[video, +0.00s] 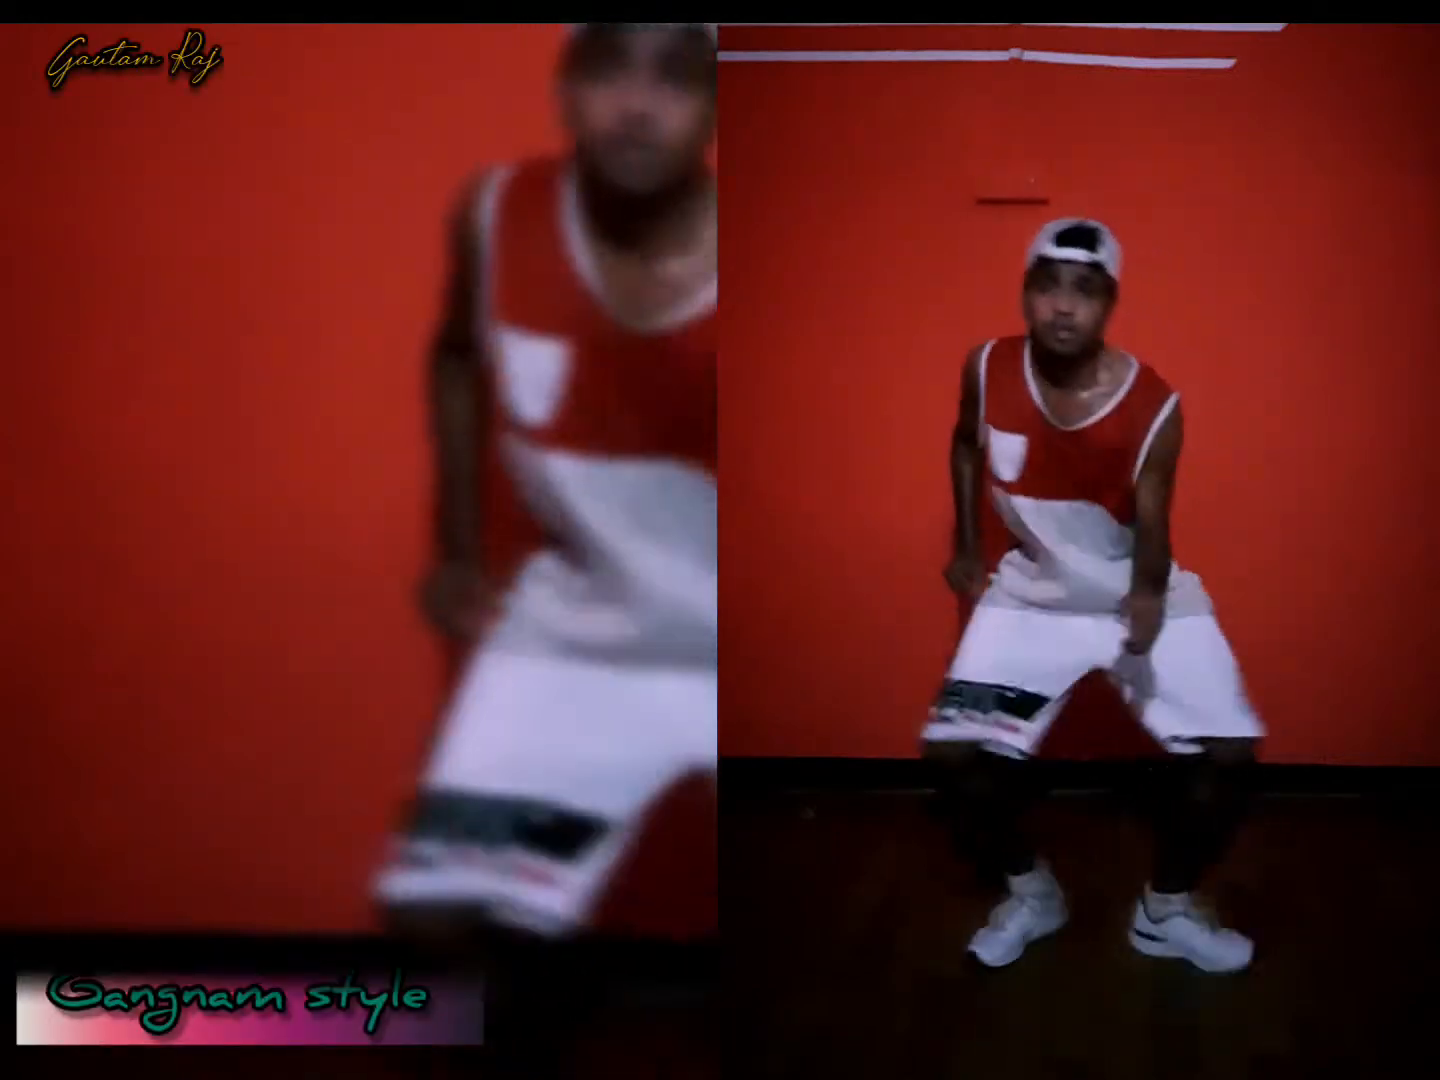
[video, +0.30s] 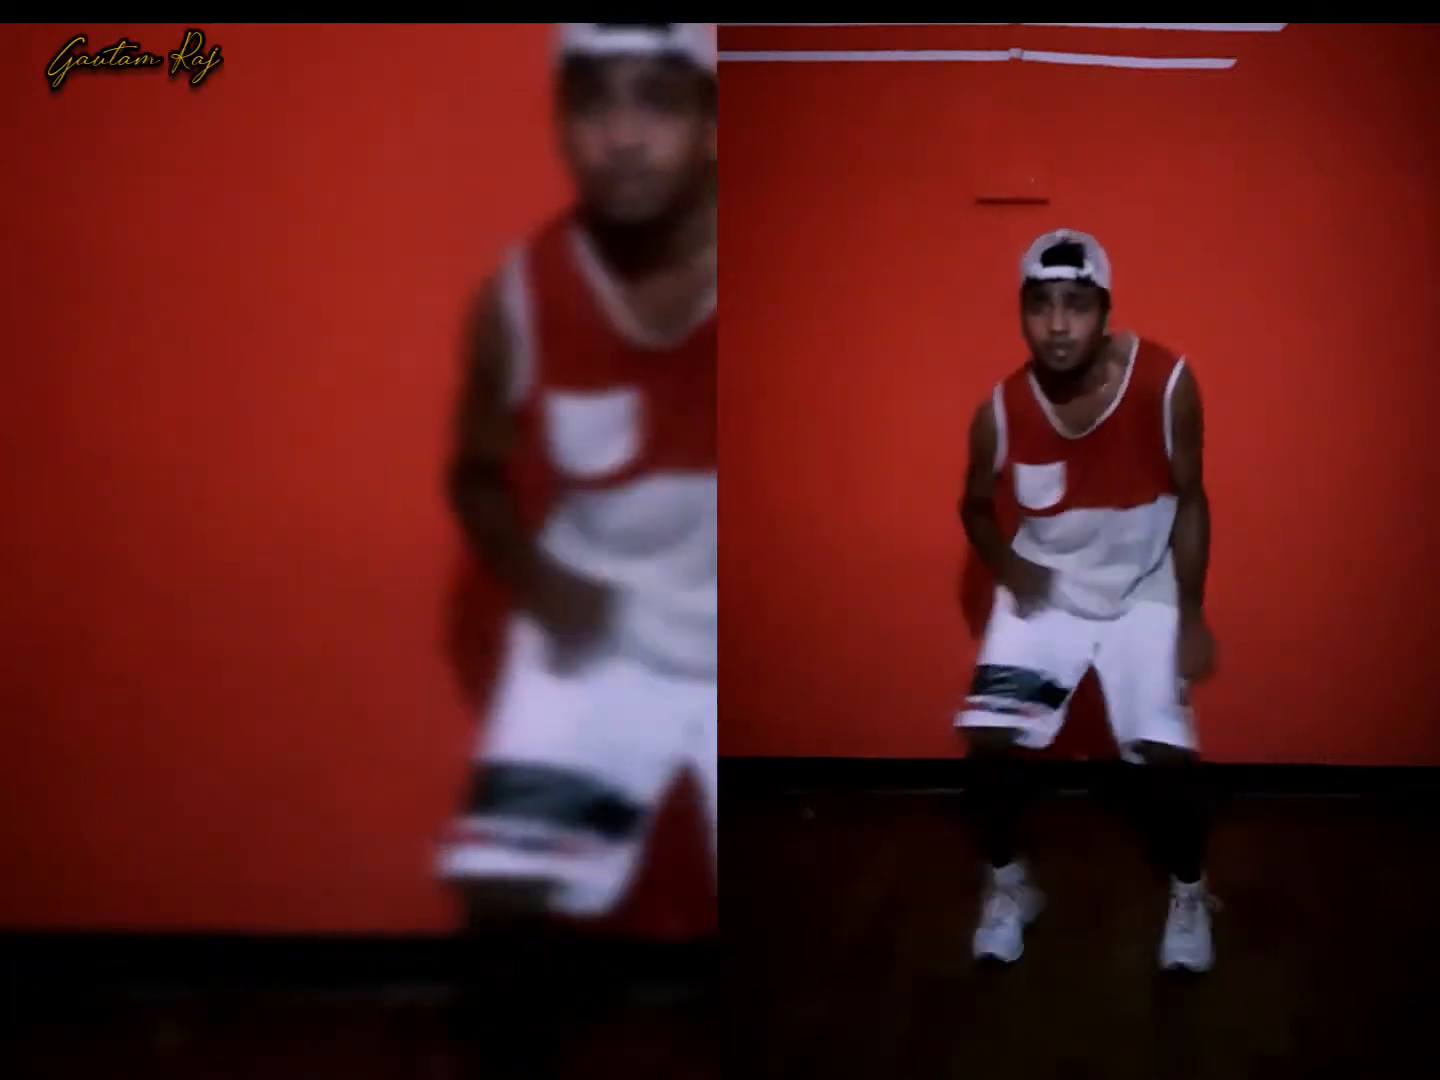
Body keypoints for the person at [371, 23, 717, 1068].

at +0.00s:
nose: (634, 106)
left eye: (673, 76)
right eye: (606, 71)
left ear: (717, 107)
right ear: (566, 90)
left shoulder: (759, 248)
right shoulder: (498, 219)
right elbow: (461, 360)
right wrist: (458, 553)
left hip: (722, 649)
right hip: (560, 628)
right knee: (454, 904)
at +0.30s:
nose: (623, 134)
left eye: (656, 103)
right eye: (595, 104)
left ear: (709, 130)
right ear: (562, 130)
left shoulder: (763, 277)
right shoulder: (526, 294)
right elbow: (475, 477)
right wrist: (537, 581)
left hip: (748, 645)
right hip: (597, 636)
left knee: (768, 915)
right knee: (506, 896)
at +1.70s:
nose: (498, 119)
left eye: (531, 85)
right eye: (469, 86)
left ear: (581, 104)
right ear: (438, 111)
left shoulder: (705, 242)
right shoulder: (402, 283)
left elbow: (793, 392)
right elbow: (328, 439)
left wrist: (747, 520)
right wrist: (435, 523)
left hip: (699, 626)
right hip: (515, 629)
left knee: (789, 902)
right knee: (474, 918)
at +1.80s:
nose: (427, 39)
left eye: (451, 17)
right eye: (408, 25)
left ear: (518, 16)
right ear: (391, 43)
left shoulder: (648, 98)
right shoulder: (376, 227)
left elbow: (712, 287)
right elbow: (367, 473)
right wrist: (478, 467)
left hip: (683, 584)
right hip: (503, 610)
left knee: (768, 860)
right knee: (491, 919)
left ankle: (609, 1016)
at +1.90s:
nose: (412, 46)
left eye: (436, 22)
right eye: (389, 27)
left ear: (493, 25)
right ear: (367, 45)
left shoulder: (587, 122)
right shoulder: (362, 223)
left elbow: (632, 311)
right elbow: (448, 483)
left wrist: (693, 411)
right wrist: (503, 341)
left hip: (651, 594)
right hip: (494, 607)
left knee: (618, 936)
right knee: (484, 940)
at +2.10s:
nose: (519, 68)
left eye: (551, 42)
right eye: (496, 39)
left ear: (596, 58)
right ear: (463, 50)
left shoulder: (631, 194)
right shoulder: (387, 184)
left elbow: (630, 391)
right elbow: (349, 439)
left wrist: (740, 431)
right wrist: (426, 405)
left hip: (575, 625)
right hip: (422, 608)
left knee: (512, 965)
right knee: (406, 940)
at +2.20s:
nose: (603, 47)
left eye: (632, 25)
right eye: (579, 22)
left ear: (671, 43)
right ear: (537, 34)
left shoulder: (694, 176)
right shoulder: (450, 157)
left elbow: (679, 341)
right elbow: (298, 388)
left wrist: (770, 441)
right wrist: (345, 545)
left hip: (562, 590)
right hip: (395, 584)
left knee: (610, 864)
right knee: (355, 899)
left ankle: (457, 1041)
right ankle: (302, 1078)